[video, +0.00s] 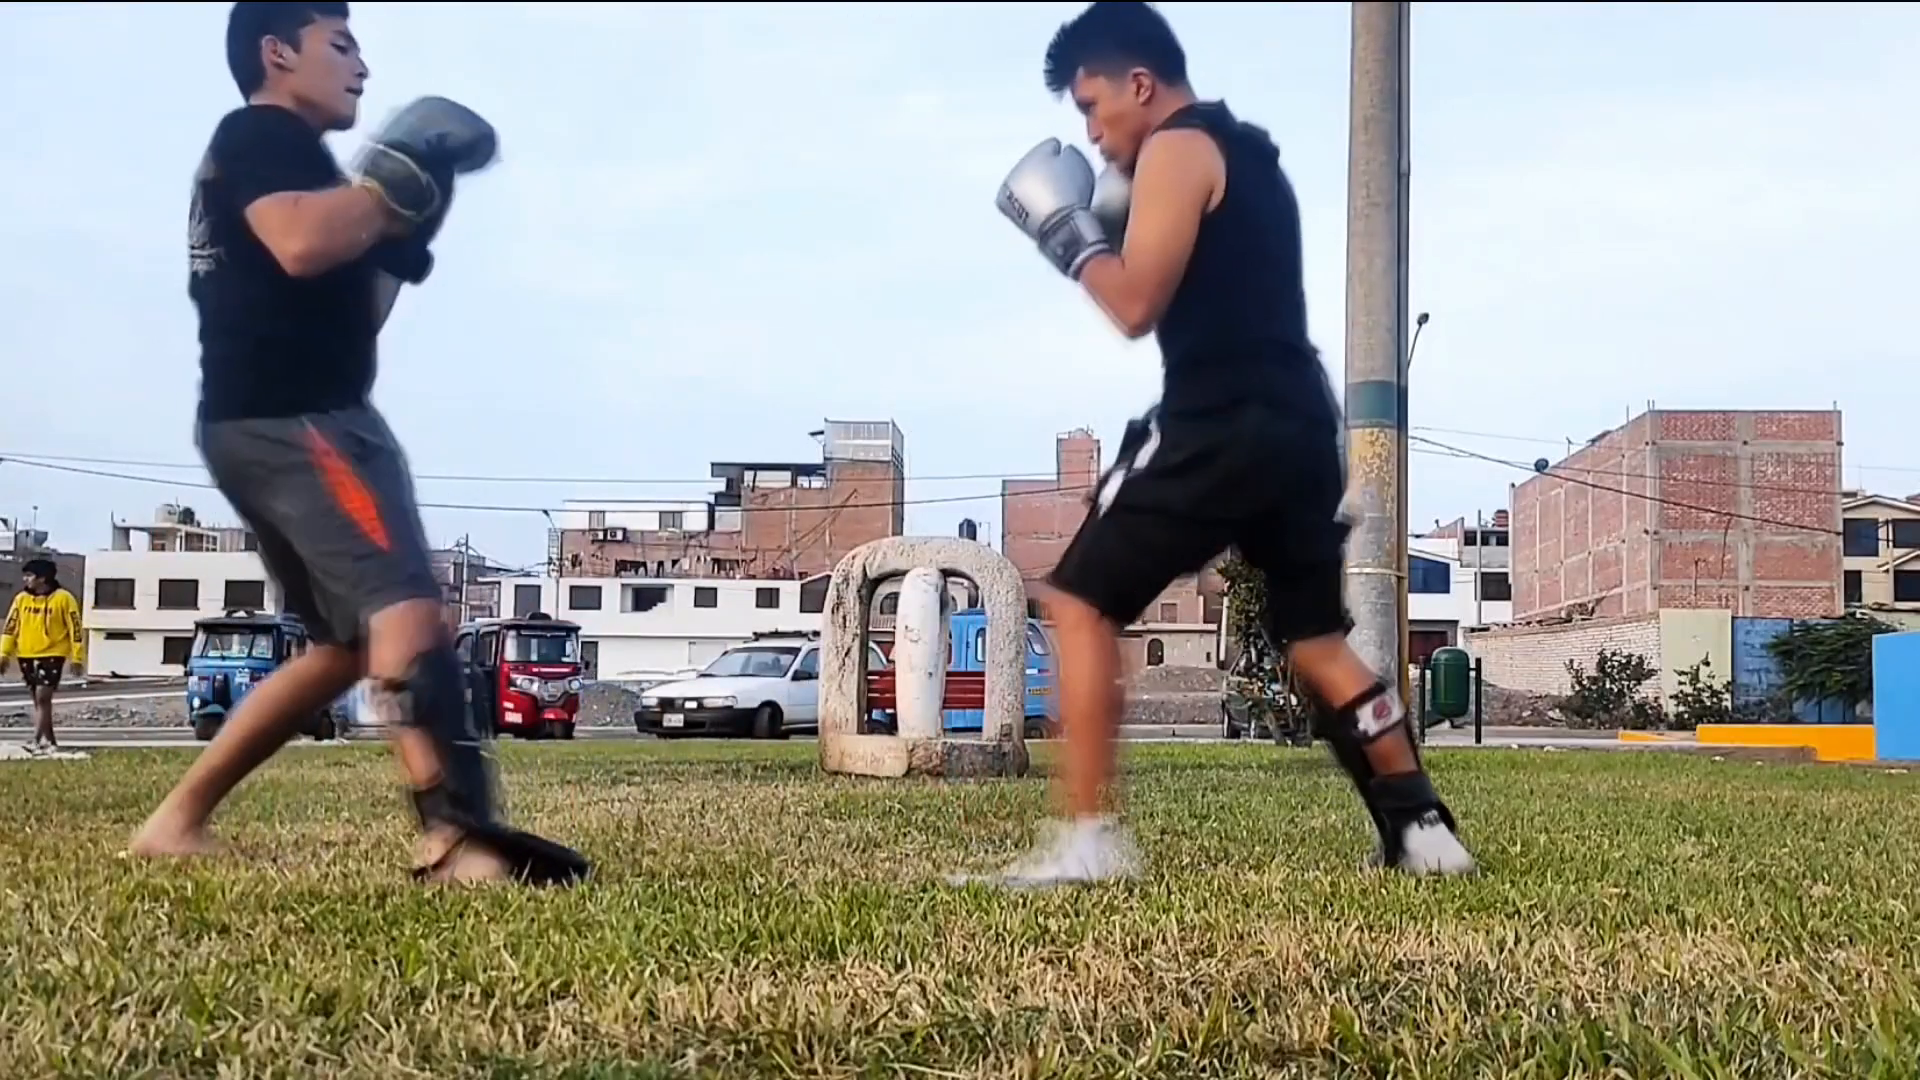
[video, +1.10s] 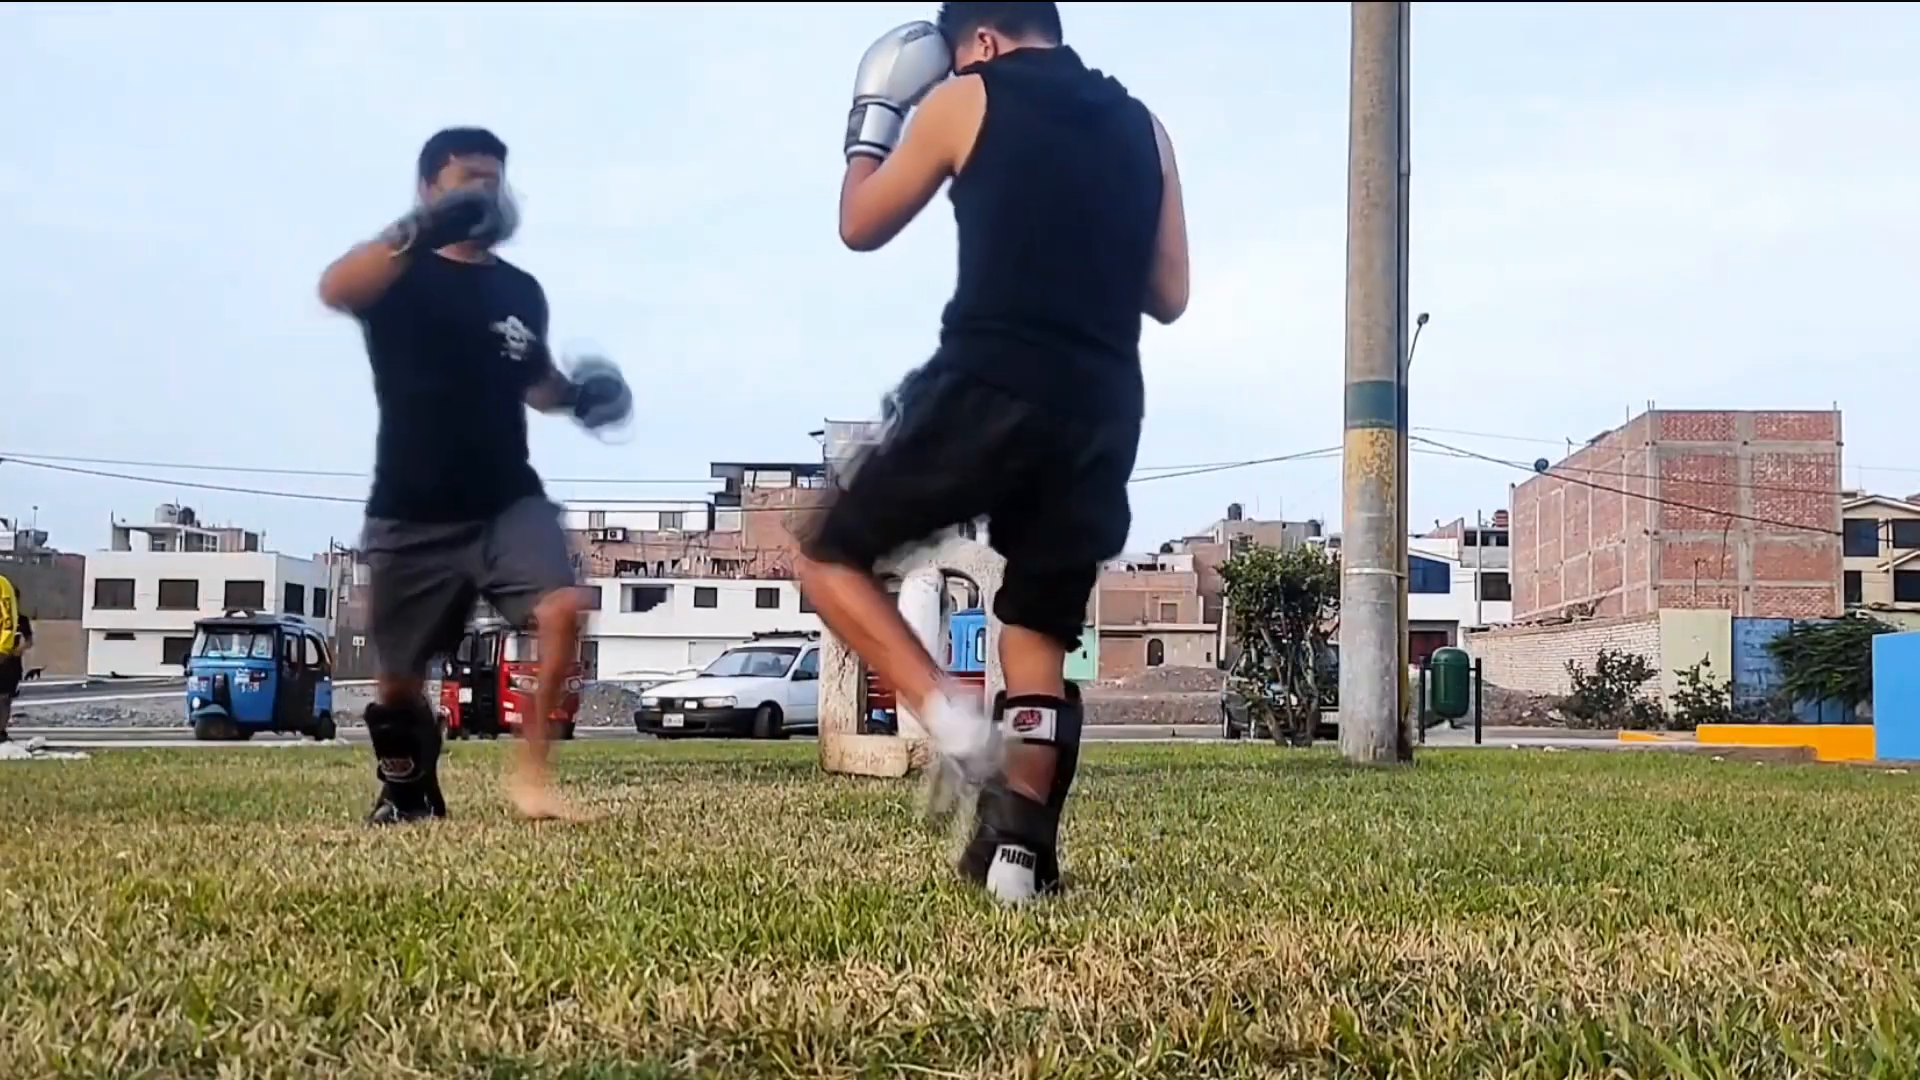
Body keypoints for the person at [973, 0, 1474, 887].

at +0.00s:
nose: (1089, 134)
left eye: (1089, 108)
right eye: (1082, 115)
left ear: (1141, 81)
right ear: (1164, 83)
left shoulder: (1179, 150)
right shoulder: (1251, 150)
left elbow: (1131, 306)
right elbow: (1223, 291)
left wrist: (1064, 227)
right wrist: (1138, 205)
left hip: (1220, 431)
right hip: (1303, 432)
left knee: (1077, 598)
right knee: (1316, 639)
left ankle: (1088, 835)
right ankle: (1422, 828)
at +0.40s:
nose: (1146, 121)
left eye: (1146, 99)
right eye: (1139, 105)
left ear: (1184, 70)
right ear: (1223, 65)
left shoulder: (1199, 136)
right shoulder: (1316, 146)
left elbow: (1071, 257)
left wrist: (1061, 143)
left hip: (1226, 436)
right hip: (1334, 448)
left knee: (1069, 606)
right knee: (1382, 649)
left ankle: (1138, 841)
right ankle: (1513, 838)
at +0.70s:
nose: (1014, 75)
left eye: (1012, 57)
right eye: (1007, 62)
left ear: (1048, 25)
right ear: (1099, 20)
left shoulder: (1052, 96)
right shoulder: (1213, 113)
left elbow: (932, 231)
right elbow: (1240, 281)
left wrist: (926, 119)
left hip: (1101, 409)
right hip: (1218, 411)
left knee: (1031, 634)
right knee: (1260, 609)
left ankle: (1098, 882)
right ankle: (1375, 804)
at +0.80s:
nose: (979, 55)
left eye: (978, 36)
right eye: (977, 40)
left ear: (1013, 14)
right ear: (1073, 11)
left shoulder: (1014, 84)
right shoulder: (1188, 99)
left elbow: (906, 220)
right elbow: (1226, 268)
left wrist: (904, 106)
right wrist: (1123, 238)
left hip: (1076, 379)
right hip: (1194, 383)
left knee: (1041, 629)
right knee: (1194, 609)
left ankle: (1100, 881)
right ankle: (1235, 793)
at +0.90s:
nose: (963, 47)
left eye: (962, 30)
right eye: (961, 34)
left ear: (995, 20)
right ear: (1064, 16)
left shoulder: (988, 86)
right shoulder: (1169, 98)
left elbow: (883, 219)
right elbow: (1214, 264)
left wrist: (885, 108)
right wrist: (1114, 210)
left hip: (1047, 376)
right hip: (1164, 385)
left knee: (1040, 632)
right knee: (1127, 629)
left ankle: (1102, 887)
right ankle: (1087, 816)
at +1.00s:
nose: (958, 62)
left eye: (957, 47)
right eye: (957, 49)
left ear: (990, 33)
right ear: (1058, 27)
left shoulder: (978, 97)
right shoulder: (1158, 117)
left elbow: (870, 224)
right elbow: (1192, 279)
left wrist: (878, 119)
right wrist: (1100, 224)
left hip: (1008, 390)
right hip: (1124, 407)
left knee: (940, 628)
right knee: (1054, 632)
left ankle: (1065, 838)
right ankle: (1027, 859)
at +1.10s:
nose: (956, 71)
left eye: (955, 57)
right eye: (955, 59)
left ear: (982, 40)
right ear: (1052, 35)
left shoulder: (967, 98)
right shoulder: (1146, 126)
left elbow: (861, 223)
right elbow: (1170, 296)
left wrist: (878, 113)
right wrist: (1084, 227)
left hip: (988, 386)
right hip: (1104, 408)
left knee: (825, 556)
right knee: (1040, 629)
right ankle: (1020, 858)